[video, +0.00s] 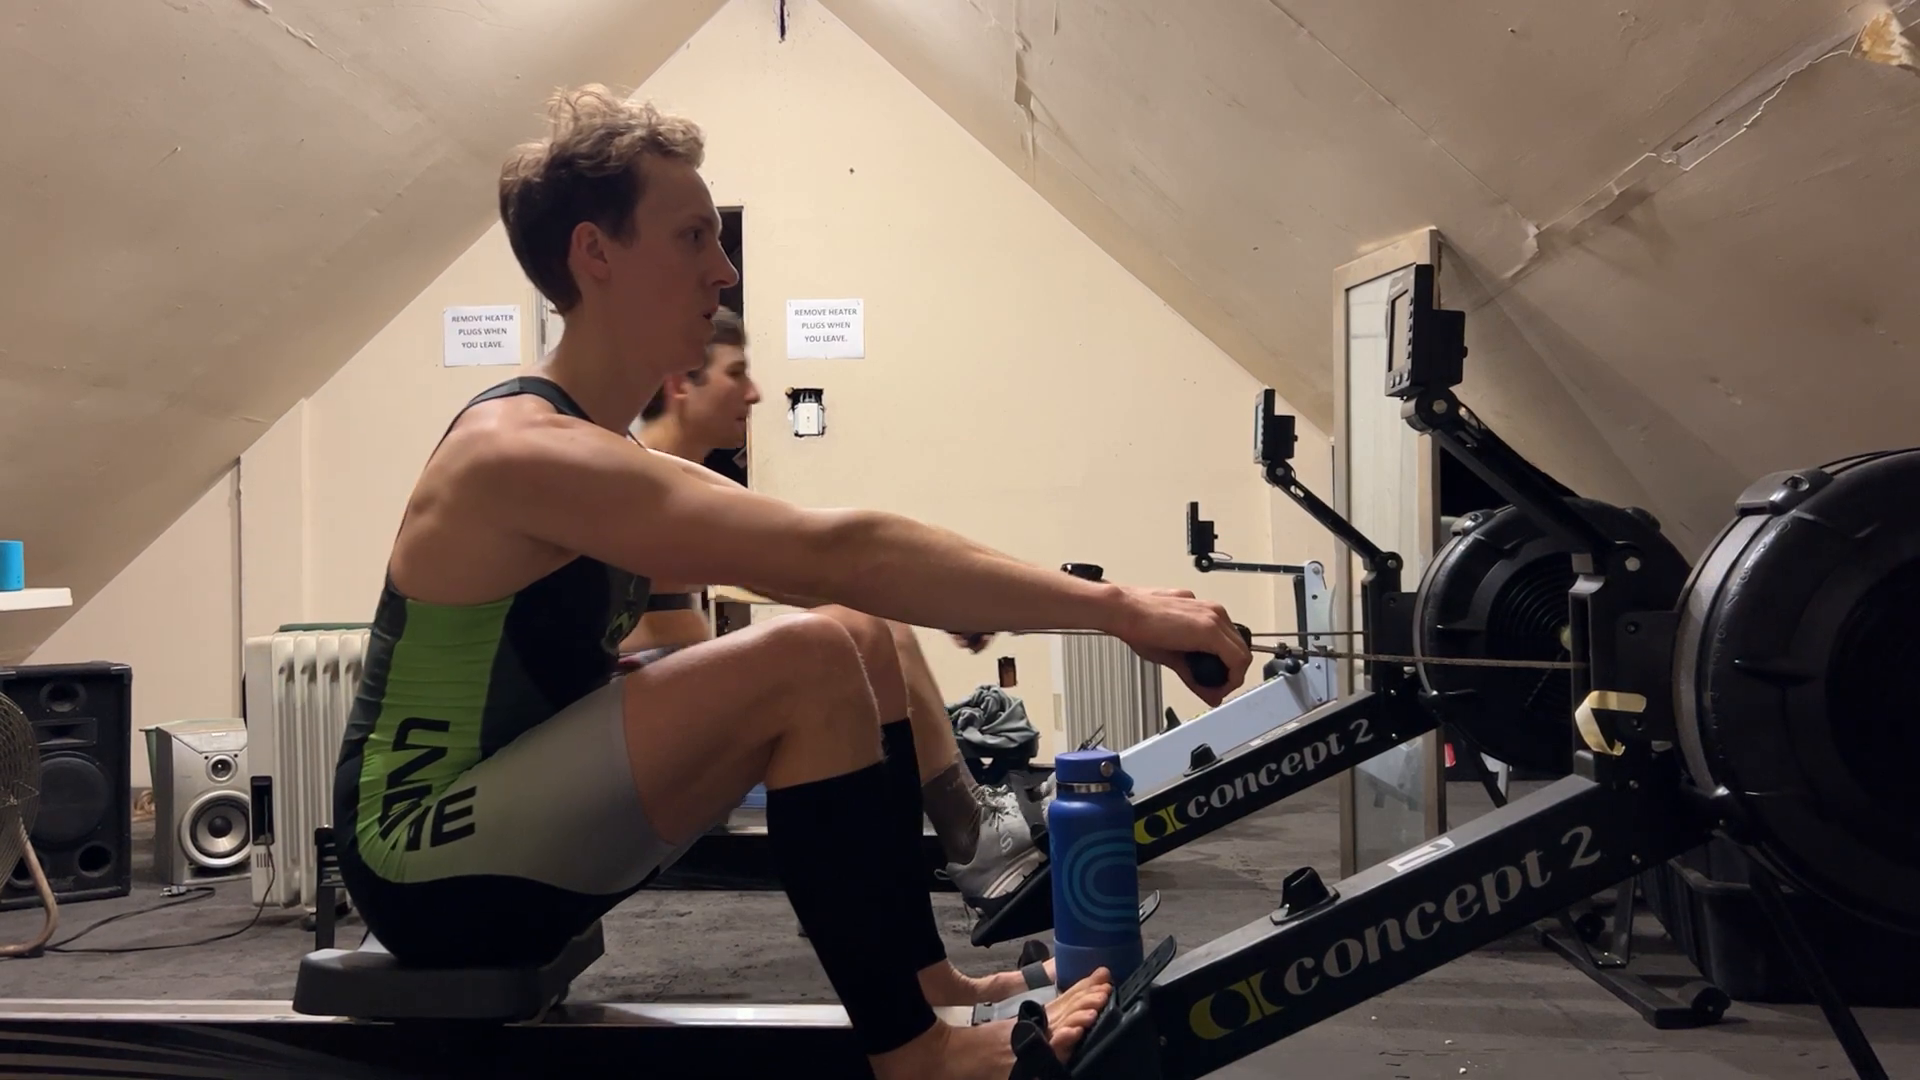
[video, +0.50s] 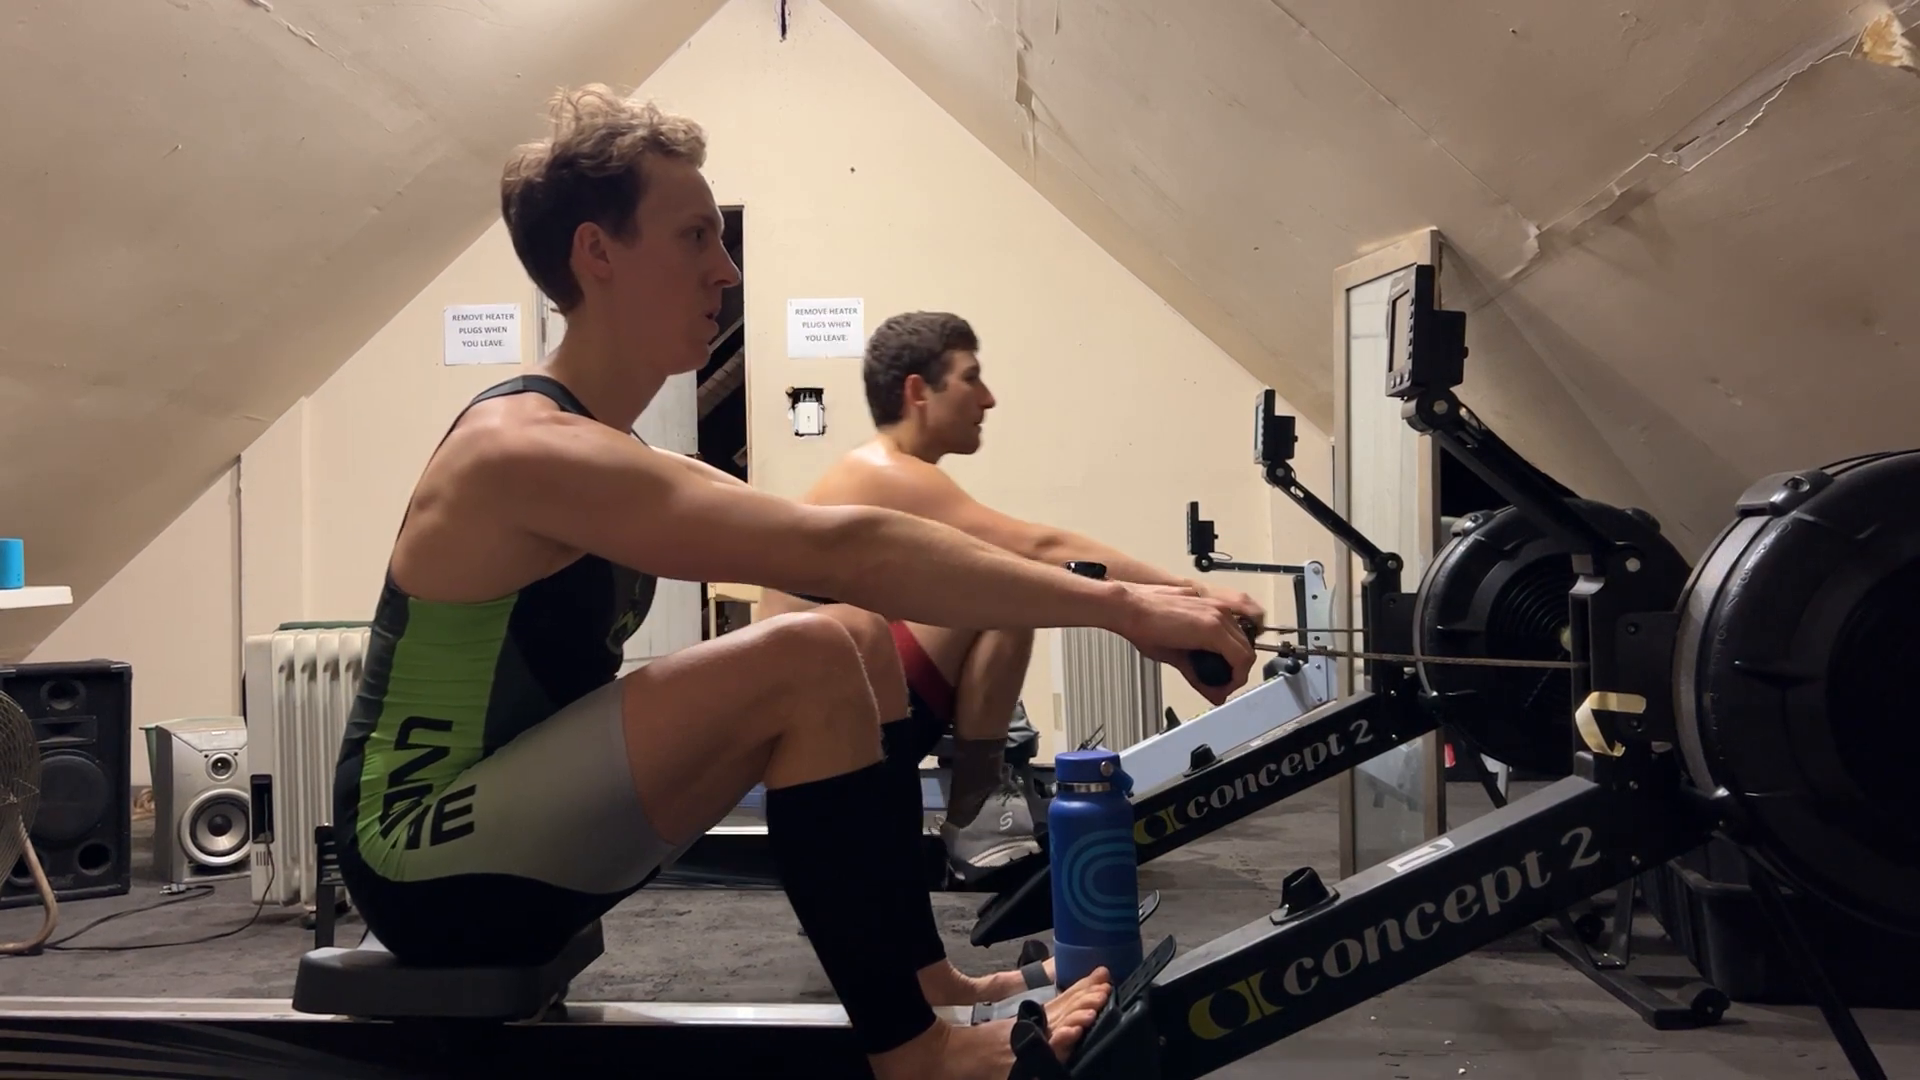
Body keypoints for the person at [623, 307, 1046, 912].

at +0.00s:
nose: (753, 392)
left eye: (748, 373)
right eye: (736, 373)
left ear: (683, 388)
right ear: (679, 384)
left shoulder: (688, 475)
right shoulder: (644, 474)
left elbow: (791, 577)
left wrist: (937, 601)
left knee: (881, 624)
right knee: (862, 629)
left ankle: (974, 829)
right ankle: (972, 838)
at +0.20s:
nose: (854, 395)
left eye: (847, 376)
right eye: (835, 376)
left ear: (781, 390)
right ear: (780, 388)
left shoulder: (713, 463)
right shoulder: (777, 485)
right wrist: (1058, 596)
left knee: (924, 614)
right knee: (930, 615)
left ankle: (977, 823)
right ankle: (973, 831)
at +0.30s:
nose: (904, 396)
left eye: (897, 377)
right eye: (886, 376)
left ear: (830, 391)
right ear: (830, 389)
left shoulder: (766, 468)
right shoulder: (835, 491)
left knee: (955, 601)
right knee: (955, 600)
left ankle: (974, 822)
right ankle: (973, 825)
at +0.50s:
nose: (989, 398)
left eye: (981, 378)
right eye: (970, 379)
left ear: (919, 397)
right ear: (916, 394)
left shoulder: (887, 471)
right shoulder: (892, 475)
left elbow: (1033, 549)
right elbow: (1039, 549)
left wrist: (1177, 593)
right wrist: (1184, 593)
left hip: (831, 708)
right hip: (842, 718)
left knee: (1002, 596)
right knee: (1004, 597)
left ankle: (971, 811)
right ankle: (970, 820)